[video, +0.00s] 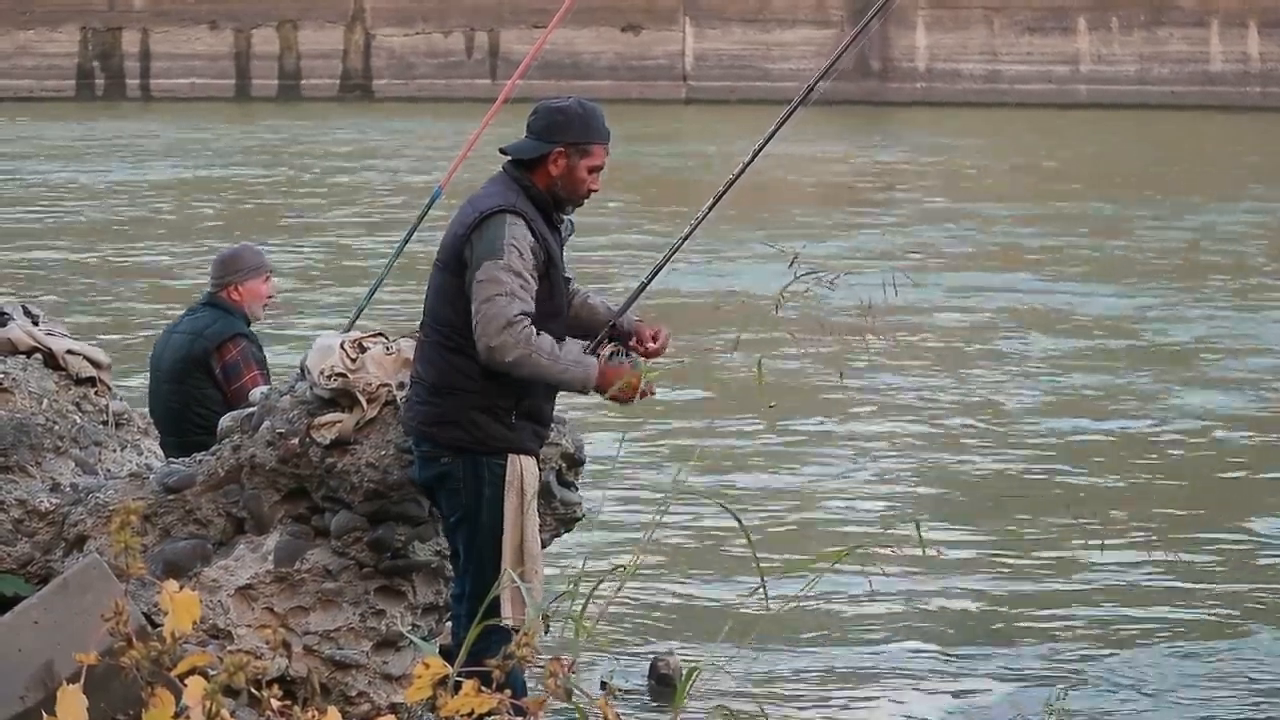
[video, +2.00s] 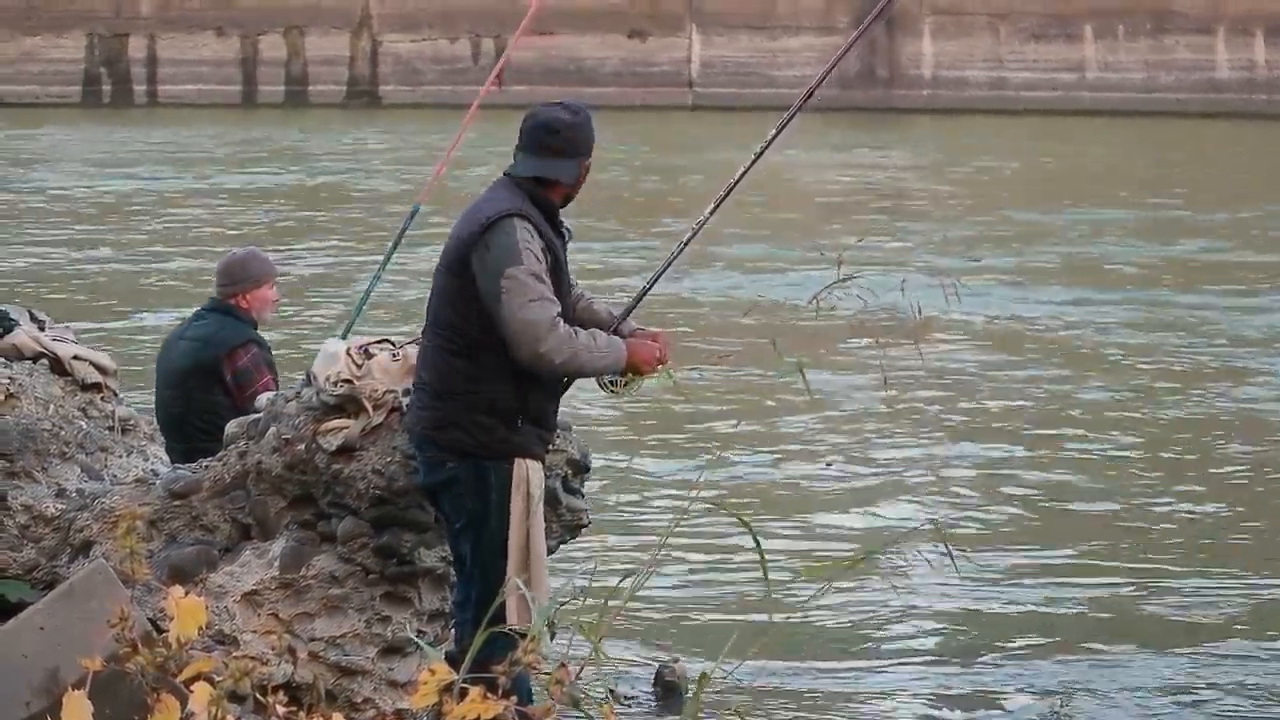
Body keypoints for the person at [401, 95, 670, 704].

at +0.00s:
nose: (598, 182)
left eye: (601, 169)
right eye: (592, 169)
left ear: (560, 160)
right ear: (554, 161)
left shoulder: (533, 217)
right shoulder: (506, 223)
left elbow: (554, 303)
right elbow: (503, 337)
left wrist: (623, 328)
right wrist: (594, 372)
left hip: (494, 437)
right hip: (469, 442)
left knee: (497, 595)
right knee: (490, 600)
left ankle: (489, 711)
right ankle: (484, 713)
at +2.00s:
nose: (587, 176)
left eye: (587, 165)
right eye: (586, 165)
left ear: (530, 160)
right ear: (574, 171)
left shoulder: (529, 221)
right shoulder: (508, 228)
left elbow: (563, 304)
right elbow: (539, 339)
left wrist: (624, 330)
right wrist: (621, 353)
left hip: (490, 437)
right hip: (469, 442)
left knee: (498, 586)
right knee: (492, 589)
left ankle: (493, 707)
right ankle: (492, 710)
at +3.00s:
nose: (592, 175)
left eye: (591, 163)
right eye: (590, 163)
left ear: (534, 160)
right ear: (574, 170)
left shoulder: (527, 222)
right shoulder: (509, 230)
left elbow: (563, 304)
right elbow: (542, 341)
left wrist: (624, 327)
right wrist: (622, 348)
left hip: (491, 441)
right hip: (471, 446)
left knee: (499, 590)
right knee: (492, 594)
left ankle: (493, 710)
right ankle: (490, 711)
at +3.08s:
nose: (592, 174)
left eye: (592, 162)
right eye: (590, 163)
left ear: (535, 161)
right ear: (574, 169)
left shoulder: (528, 222)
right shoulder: (509, 229)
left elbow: (562, 305)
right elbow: (541, 340)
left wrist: (625, 327)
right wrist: (623, 348)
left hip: (492, 439)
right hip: (472, 444)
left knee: (502, 587)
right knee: (492, 591)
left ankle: (495, 708)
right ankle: (488, 711)